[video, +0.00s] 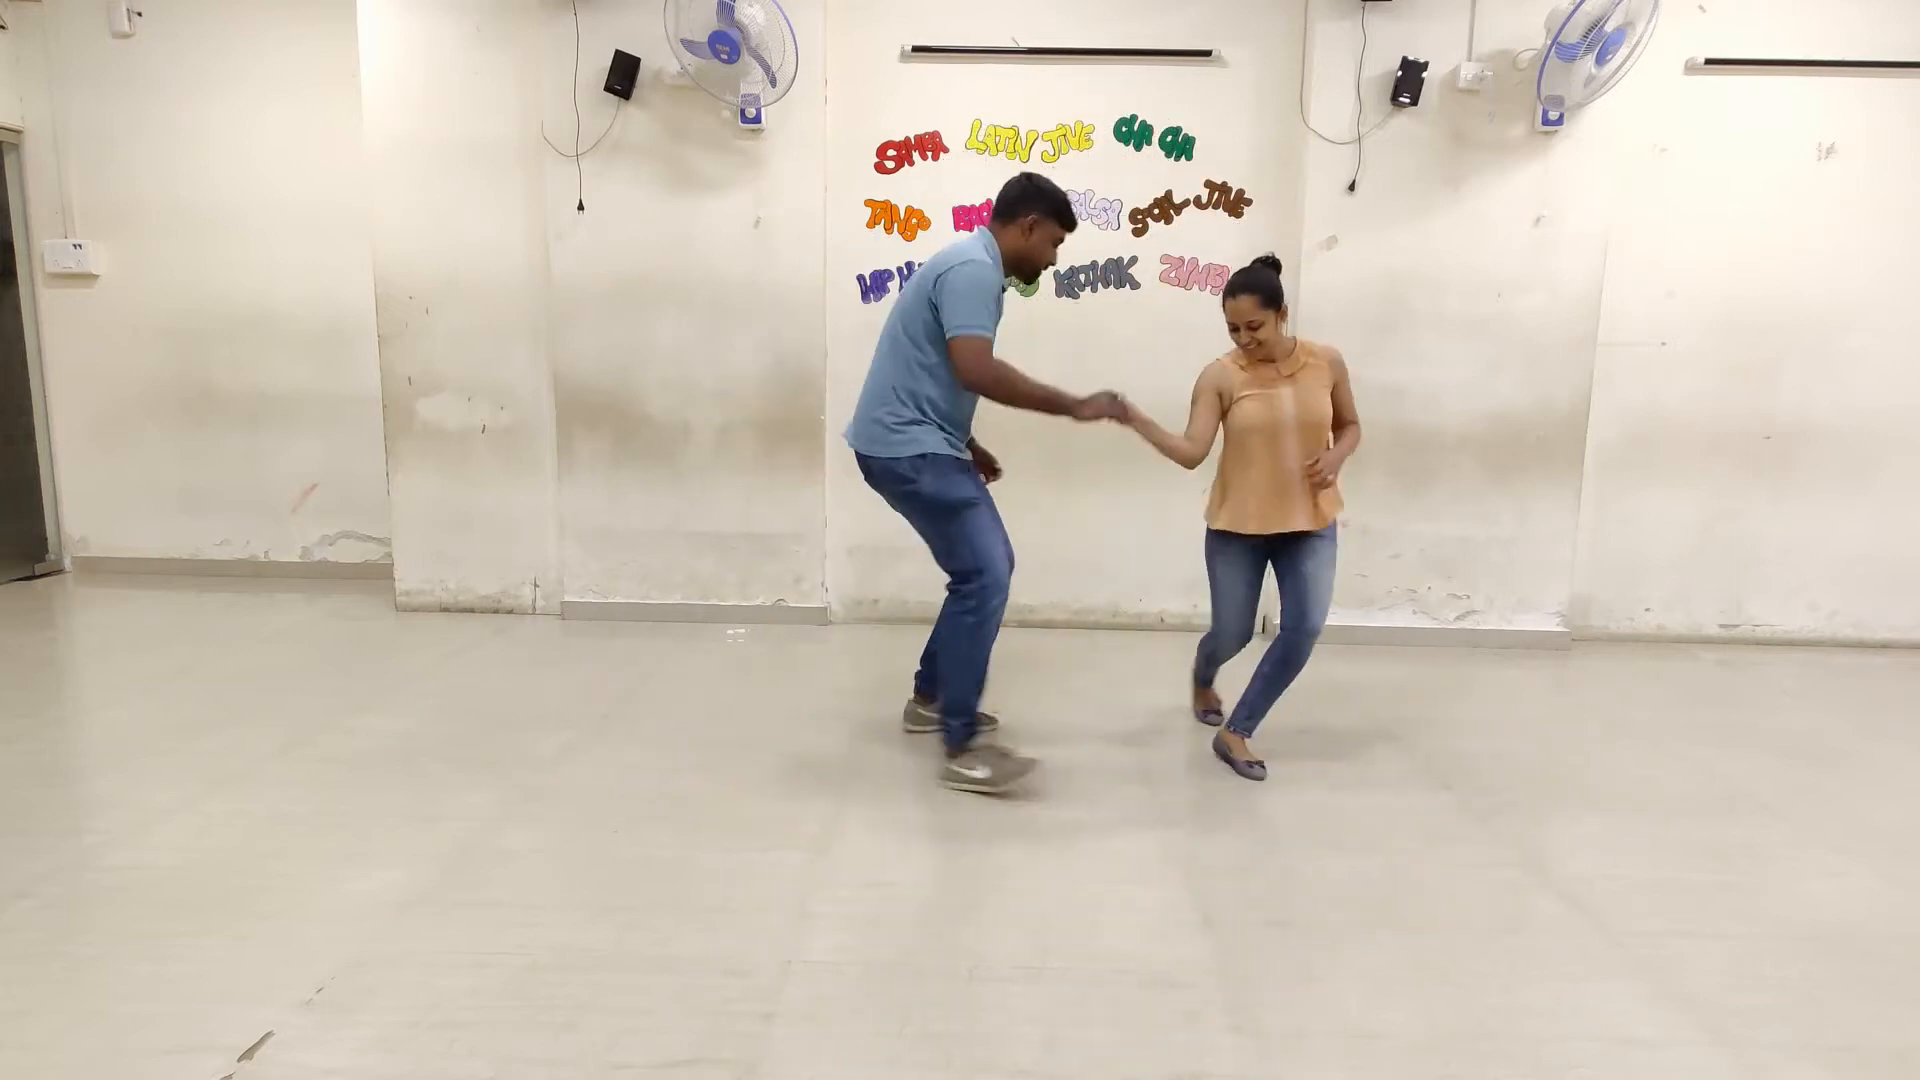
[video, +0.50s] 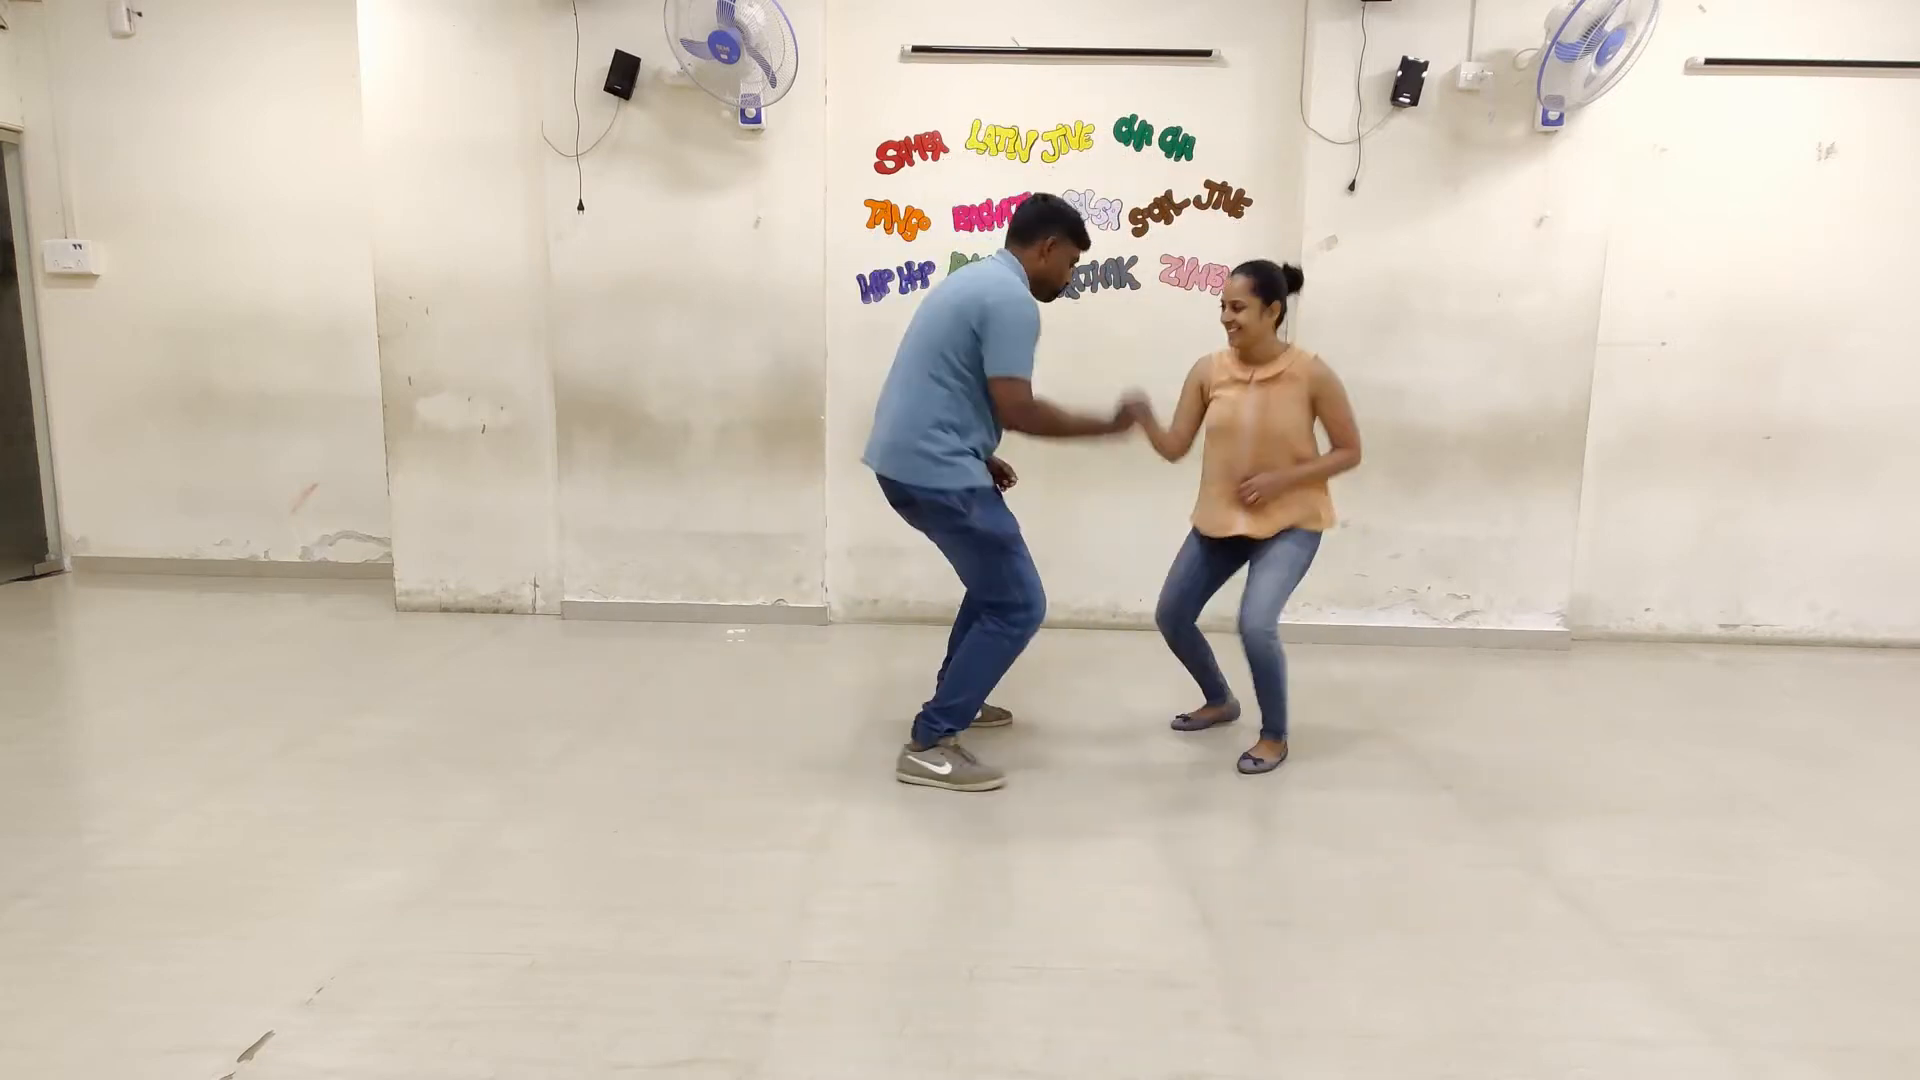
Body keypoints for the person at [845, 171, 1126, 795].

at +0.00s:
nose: (1054, 258)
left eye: (1059, 245)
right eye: (1054, 242)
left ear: (1018, 226)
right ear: (1025, 224)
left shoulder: (972, 266)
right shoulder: (971, 268)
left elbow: (925, 371)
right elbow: (975, 368)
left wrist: (964, 444)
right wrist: (1071, 405)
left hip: (920, 438)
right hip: (903, 438)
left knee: (991, 564)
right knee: (984, 574)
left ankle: (932, 696)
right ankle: (963, 744)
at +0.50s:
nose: (1071, 278)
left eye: (1075, 265)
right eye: (1071, 263)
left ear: (1027, 244)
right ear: (1045, 246)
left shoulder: (972, 280)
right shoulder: (1009, 297)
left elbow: (934, 383)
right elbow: (1014, 411)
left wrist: (979, 453)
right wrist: (1107, 424)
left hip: (908, 459)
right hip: (939, 467)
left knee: (992, 586)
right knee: (1019, 606)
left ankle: (954, 700)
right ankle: (933, 741)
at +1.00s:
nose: (1050, 236)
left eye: (1050, 223)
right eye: (1046, 222)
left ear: (985, 216)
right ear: (1021, 217)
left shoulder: (916, 263)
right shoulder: (1042, 283)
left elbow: (858, 357)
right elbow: (1057, 393)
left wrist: (902, 405)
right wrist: (1078, 361)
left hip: (897, 459)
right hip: (977, 466)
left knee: (932, 572)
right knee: (998, 618)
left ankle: (947, 701)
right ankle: (939, 756)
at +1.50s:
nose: (1059, 184)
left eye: (1055, 172)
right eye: (1046, 173)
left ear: (1006, 184)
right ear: (1008, 183)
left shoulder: (982, 235)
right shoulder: (999, 237)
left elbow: (976, 343)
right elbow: (991, 338)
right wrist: (1071, 415)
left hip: (953, 430)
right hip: (966, 433)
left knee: (1013, 571)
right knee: (1036, 573)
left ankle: (975, 707)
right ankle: (990, 740)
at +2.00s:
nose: (988, 182)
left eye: (982, 172)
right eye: (972, 175)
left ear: (945, 193)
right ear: (937, 193)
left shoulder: (949, 255)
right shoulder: (935, 257)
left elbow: (975, 349)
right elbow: (1014, 344)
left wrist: (1012, 359)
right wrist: (1107, 376)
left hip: (960, 449)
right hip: (915, 454)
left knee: (1016, 567)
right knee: (939, 592)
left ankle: (975, 702)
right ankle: (842, 680)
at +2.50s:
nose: (929, 165)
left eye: (927, 155)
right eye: (915, 158)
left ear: (905, 173)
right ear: (880, 173)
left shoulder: (905, 230)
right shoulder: (875, 233)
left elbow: (957, 224)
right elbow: (950, 318)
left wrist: (973, 237)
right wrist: (1051, 327)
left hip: (896, 427)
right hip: (841, 431)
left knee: (953, 539)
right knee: (857, 572)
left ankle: (953, 687)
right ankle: (815, 693)